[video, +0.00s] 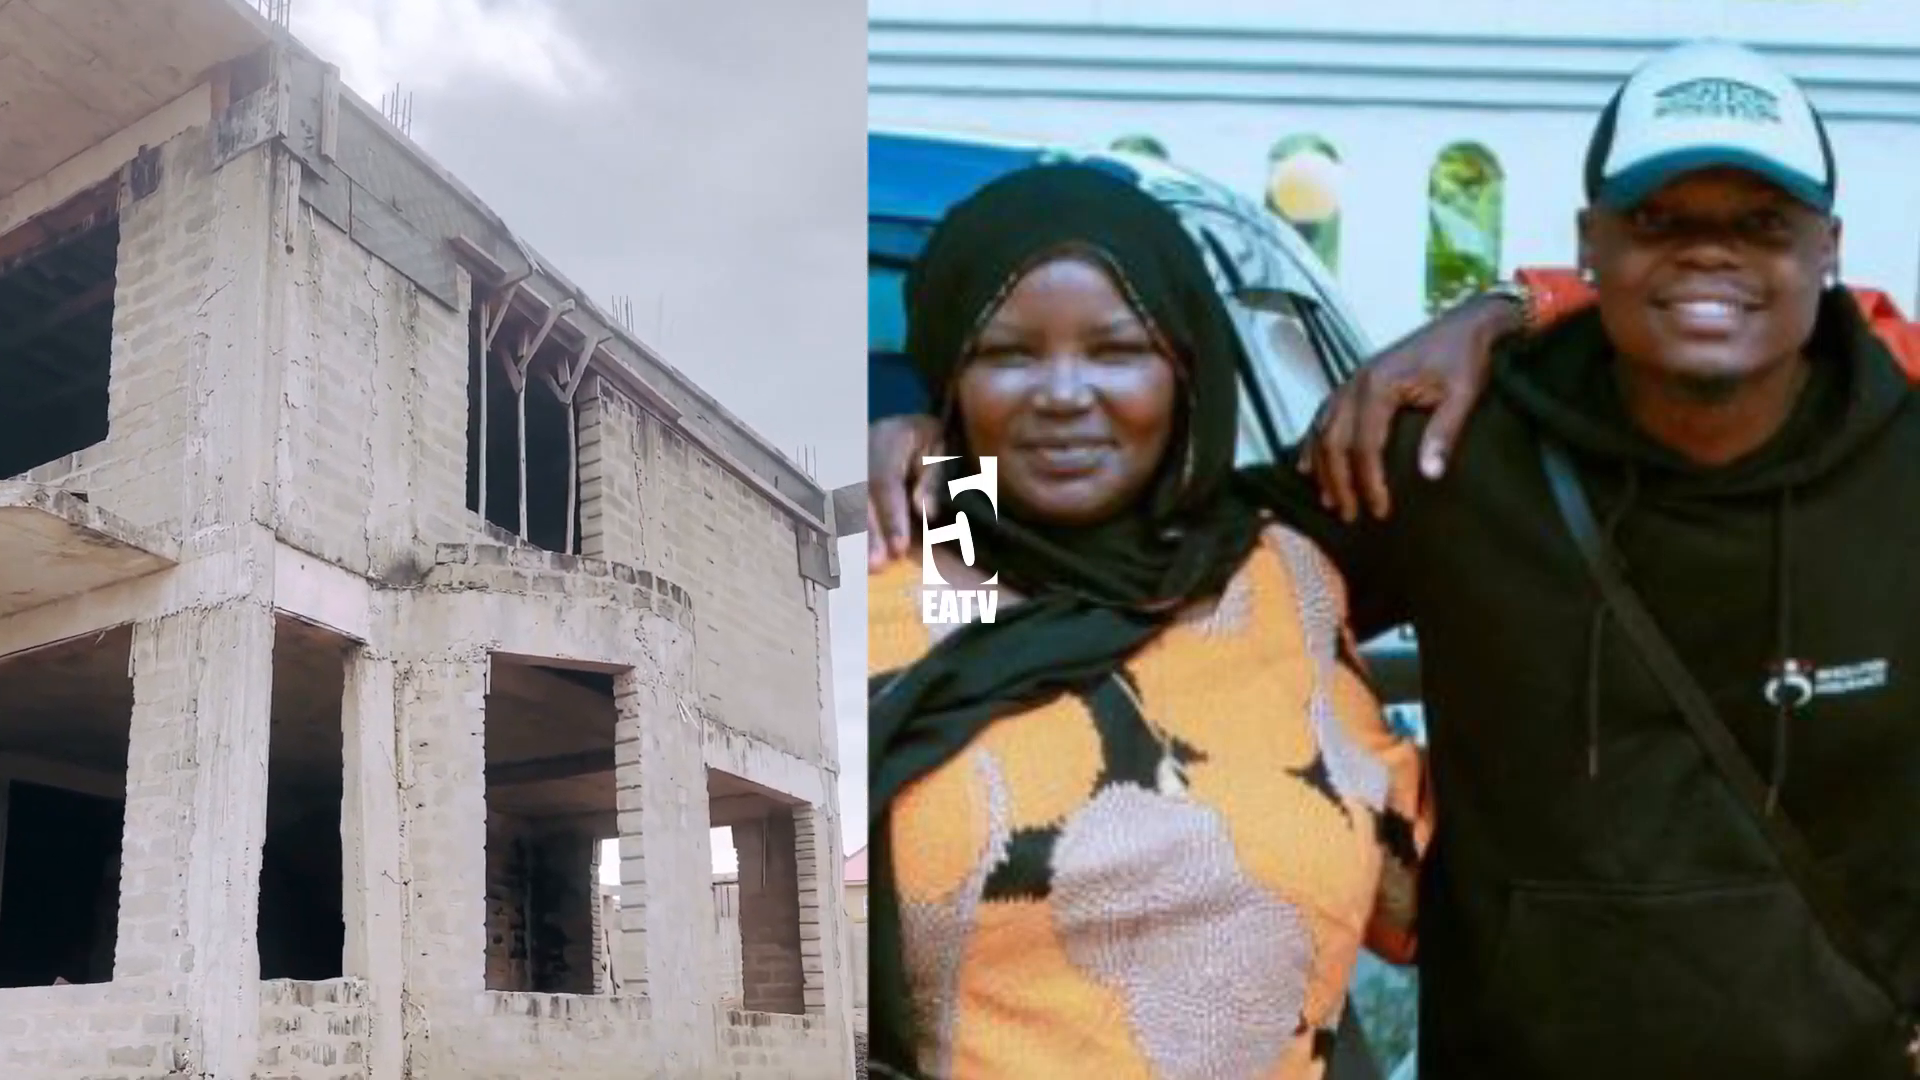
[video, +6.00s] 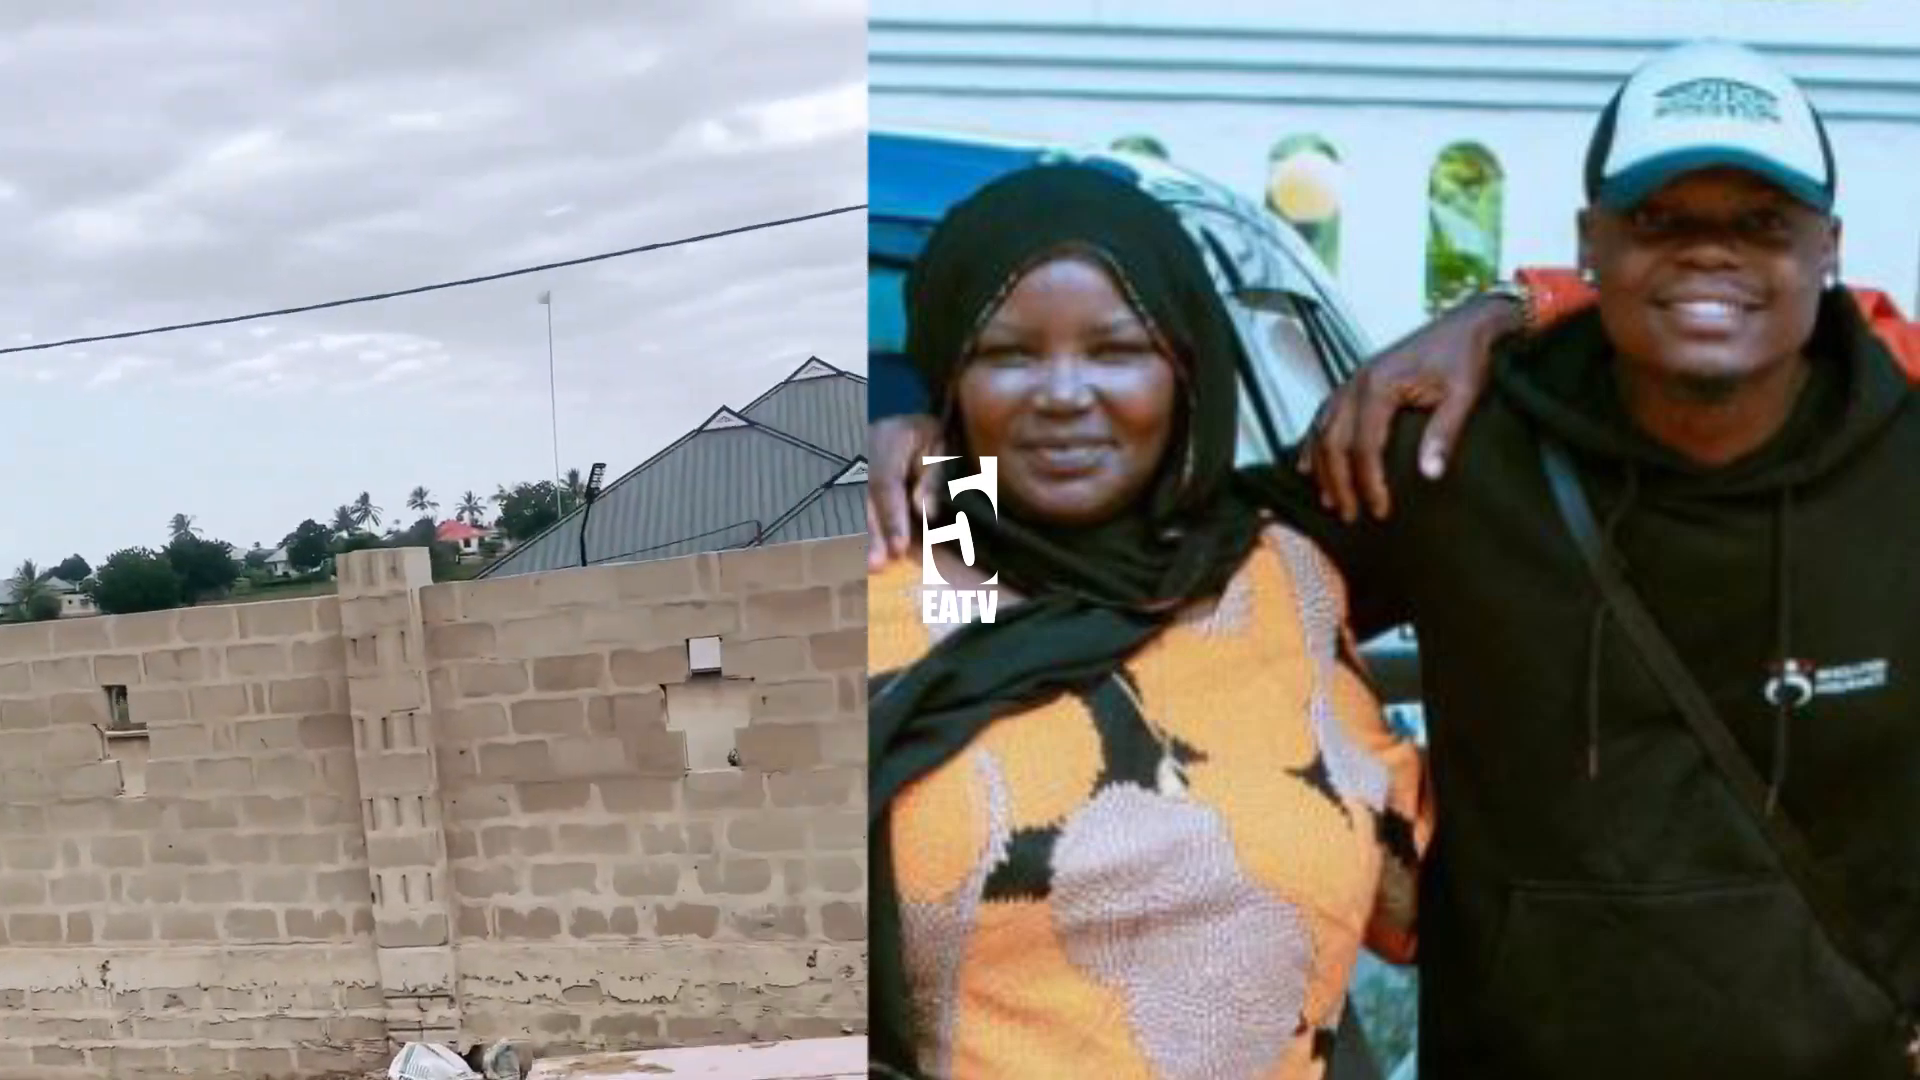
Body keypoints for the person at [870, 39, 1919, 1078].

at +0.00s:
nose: (1707, 252)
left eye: (1757, 220)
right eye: (1664, 215)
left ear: (1825, 250)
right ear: (1595, 242)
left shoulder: (1899, 445)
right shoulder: (1464, 447)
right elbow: (1174, 558)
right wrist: (954, 463)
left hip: (1849, 1037)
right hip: (1535, 1044)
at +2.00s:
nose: (1707, 252)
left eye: (1757, 220)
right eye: (1665, 215)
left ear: (1825, 251)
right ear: (1595, 242)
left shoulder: (1898, 444)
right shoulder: (1465, 447)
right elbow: (1176, 560)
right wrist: (954, 468)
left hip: (1848, 1038)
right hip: (1536, 1044)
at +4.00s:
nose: (1707, 251)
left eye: (1757, 218)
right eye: (1664, 214)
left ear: (1826, 250)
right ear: (1595, 241)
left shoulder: (1898, 444)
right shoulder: (1464, 449)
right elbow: (1175, 557)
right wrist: (964, 453)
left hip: (1848, 1037)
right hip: (1536, 1043)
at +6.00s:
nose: (1706, 250)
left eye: (1757, 219)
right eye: (1664, 214)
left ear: (1826, 250)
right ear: (1594, 241)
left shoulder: (1899, 446)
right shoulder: (1462, 449)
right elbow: (1167, 557)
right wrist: (953, 456)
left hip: (1850, 1039)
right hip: (1536, 1045)